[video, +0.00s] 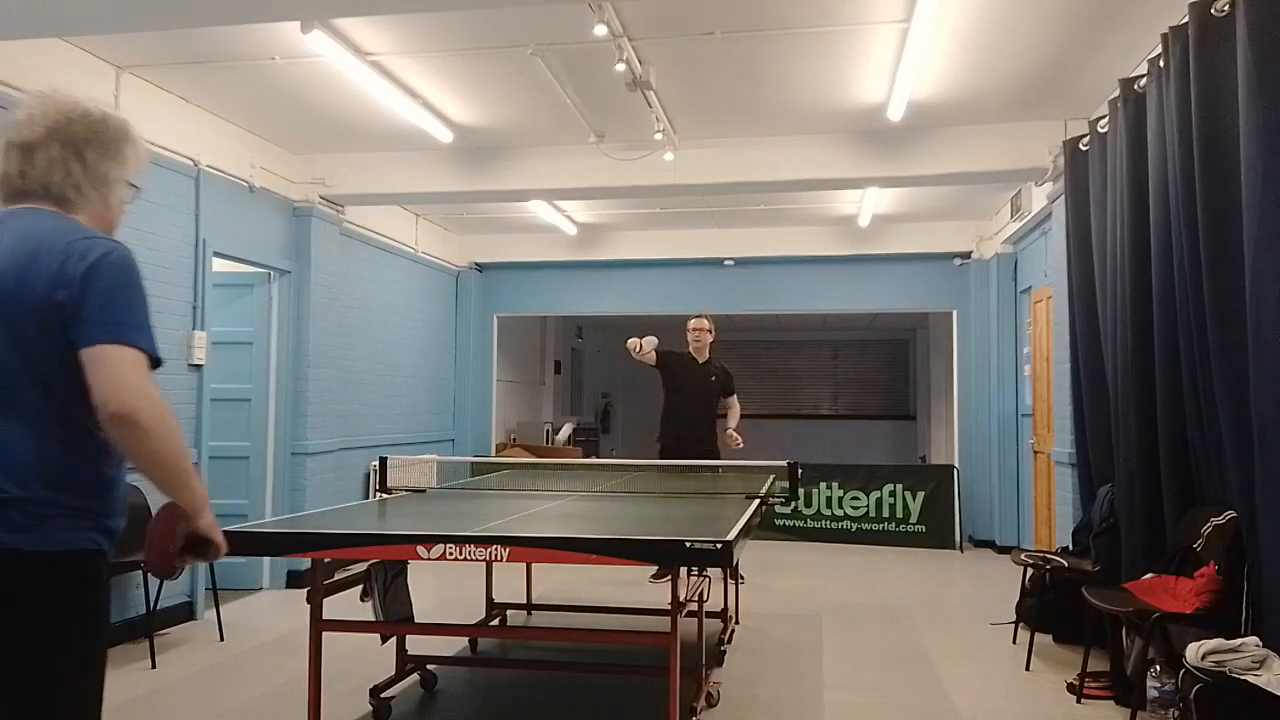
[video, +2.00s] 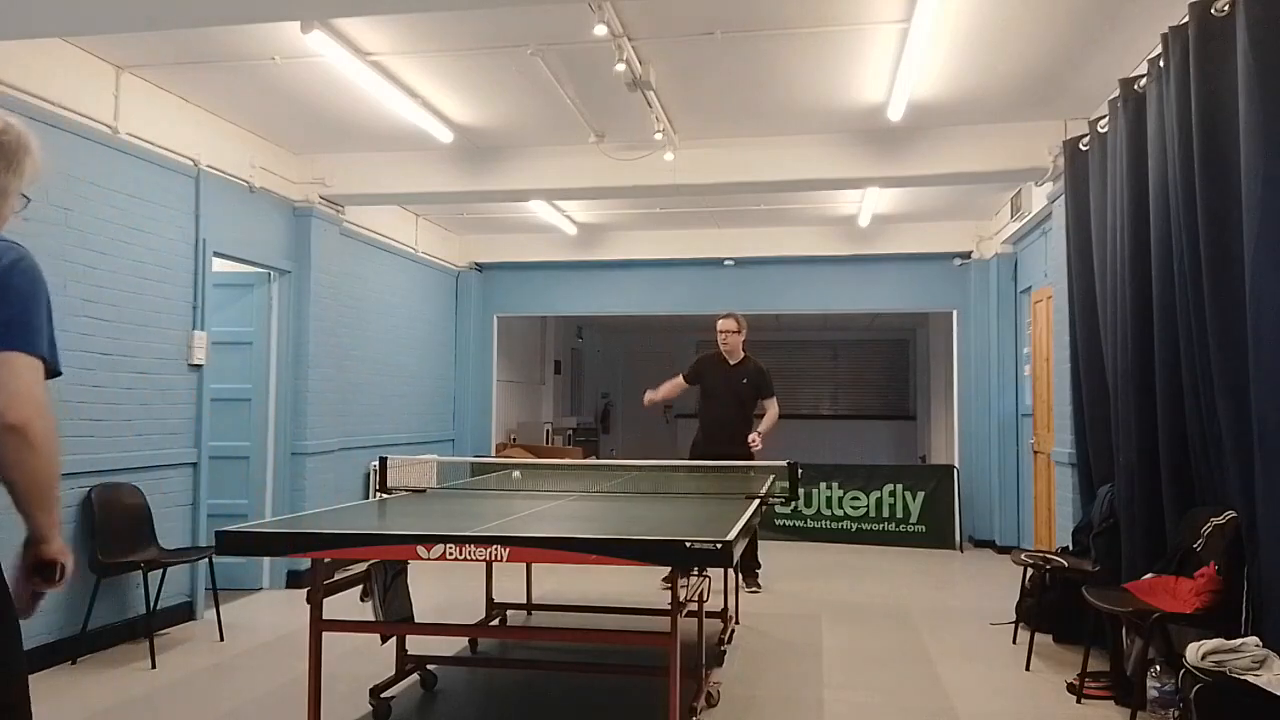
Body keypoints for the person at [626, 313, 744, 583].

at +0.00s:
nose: (698, 334)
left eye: (703, 331)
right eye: (694, 330)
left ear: (712, 336)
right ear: (687, 334)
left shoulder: (720, 371)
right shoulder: (670, 359)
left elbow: (733, 404)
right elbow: (641, 353)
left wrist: (729, 428)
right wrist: (638, 343)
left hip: (705, 450)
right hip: (672, 448)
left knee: (712, 506)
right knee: (668, 506)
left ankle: (727, 560)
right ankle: (668, 560)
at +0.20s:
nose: (705, 336)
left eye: (710, 332)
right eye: (701, 332)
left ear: (720, 337)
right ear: (695, 337)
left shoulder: (730, 372)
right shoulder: (681, 363)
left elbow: (746, 406)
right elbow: (658, 369)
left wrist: (741, 428)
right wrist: (647, 370)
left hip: (716, 453)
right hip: (683, 451)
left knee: (722, 508)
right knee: (672, 506)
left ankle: (729, 561)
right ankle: (668, 560)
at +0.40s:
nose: (704, 340)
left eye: (710, 336)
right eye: (700, 336)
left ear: (719, 339)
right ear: (694, 339)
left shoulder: (731, 372)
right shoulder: (683, 367)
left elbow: (748, 406)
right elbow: (651, 391)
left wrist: (740, 428)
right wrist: (655, 408)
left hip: (720, 454)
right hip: (687, 452)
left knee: (725, 509)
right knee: (679, 508)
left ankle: (730, 562)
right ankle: (677, 562)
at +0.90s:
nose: (691, 359)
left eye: (696, 354)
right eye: (687, 355)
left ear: (707, 354)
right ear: (681, 357)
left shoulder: (725, 382)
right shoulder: (675, 383)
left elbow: (746, 417)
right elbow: (655, 417)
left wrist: (732, 442)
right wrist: (667, 443)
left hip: (721, 465)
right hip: (687, 465)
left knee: (735, 515)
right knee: (678, 511)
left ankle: (748, 572)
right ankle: (677, 563)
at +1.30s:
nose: (696, 357)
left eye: (702, 352)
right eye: (693, 352)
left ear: (715, 350)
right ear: (689, 351)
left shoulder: (731, 380)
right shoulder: (681, 372)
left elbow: (747, 416)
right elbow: (648, 381)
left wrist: (736, 440)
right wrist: (651, 406)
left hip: (721, 459)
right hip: (686, 457)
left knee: (735, 513)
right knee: (674, 509)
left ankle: (748, 572)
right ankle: (678, 562)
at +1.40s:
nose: (704, 349)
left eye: (709, 344)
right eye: (700, 344)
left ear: (721, 345)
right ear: (696, 344)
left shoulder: (736, 377)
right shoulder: (687, 364)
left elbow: (750, 413)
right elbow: (656, 361)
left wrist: (741, 435)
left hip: (723, 457)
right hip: (688, 455)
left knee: (735, 512)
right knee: (676, 508)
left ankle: (748, 572)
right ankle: (678, 561)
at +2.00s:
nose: (724, 337)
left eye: (729, 333)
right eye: (720, 333)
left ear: (742, 335)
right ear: (716, 335)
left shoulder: (755, 370)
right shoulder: (705, 363)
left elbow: (772, 409)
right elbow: (677, 385)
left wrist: (759, 432)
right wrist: (656, 394)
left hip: (739, 455)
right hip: (703, 453)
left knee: (746, 515)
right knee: (686, 508)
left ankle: (749, 573)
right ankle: (678, 566)